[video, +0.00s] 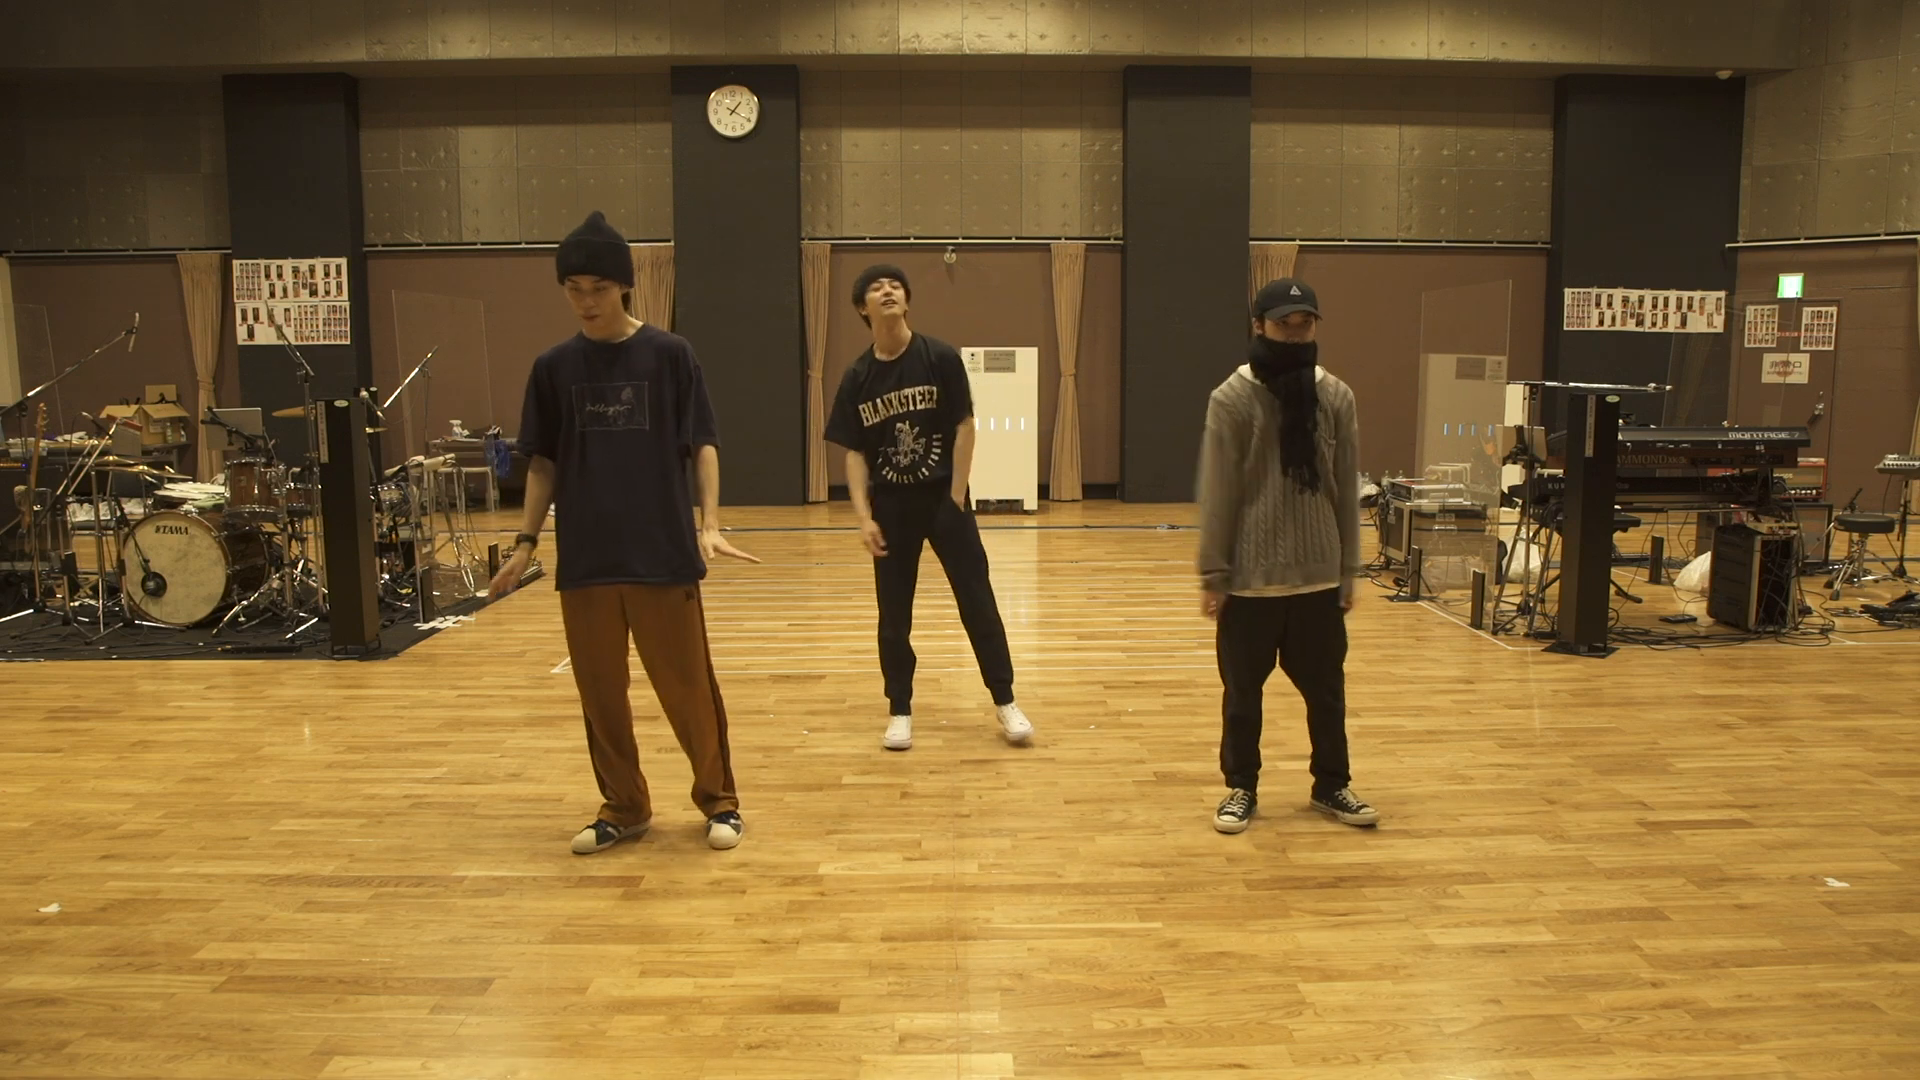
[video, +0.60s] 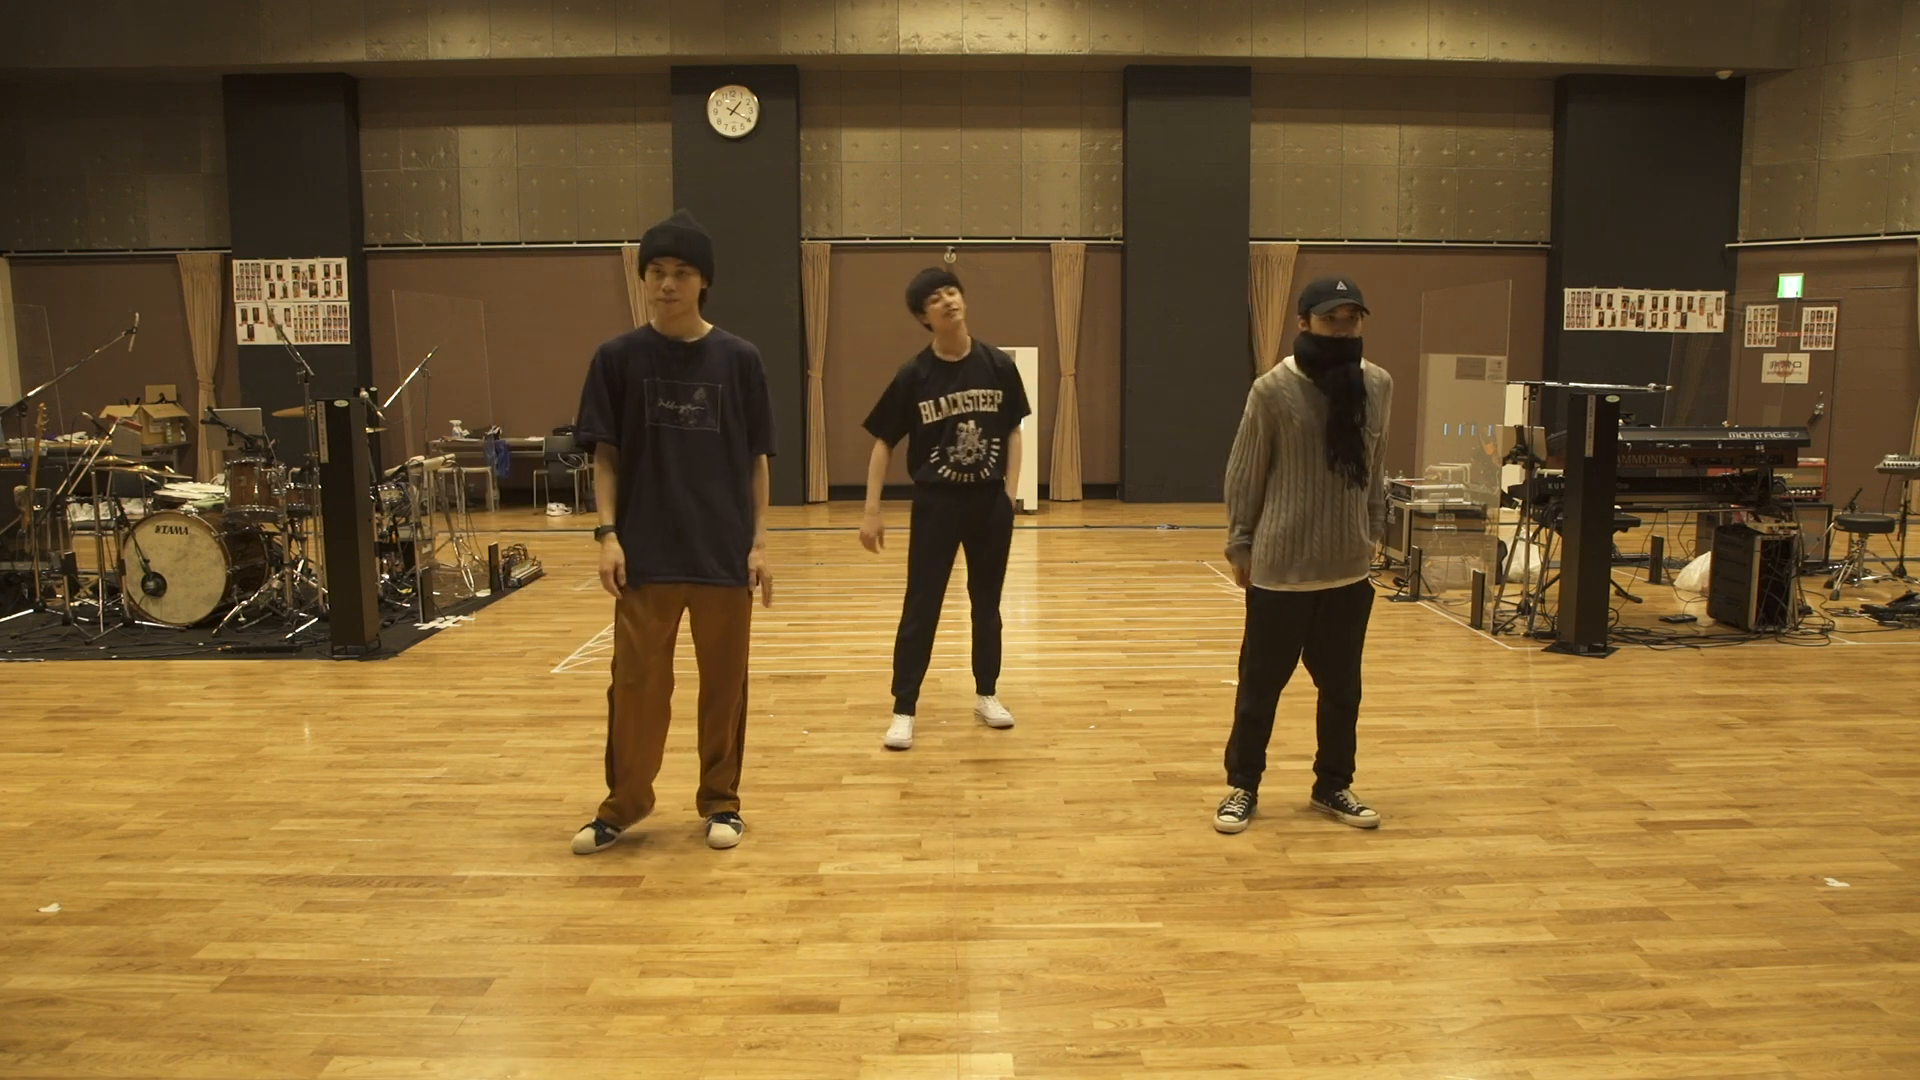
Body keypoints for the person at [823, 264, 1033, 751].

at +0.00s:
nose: (886, 291)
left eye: (894, 286)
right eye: (875, 288)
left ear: (908, 301)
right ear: (862, 309)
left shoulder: (941, 357)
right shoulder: (857, 377)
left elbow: (965, 427)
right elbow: (854, 452)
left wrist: (957, 495)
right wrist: (864, 517)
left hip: (945, 501)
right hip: (890, 508)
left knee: (979, 603)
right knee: (892, 616)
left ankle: (1005, 702)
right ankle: (899, 712)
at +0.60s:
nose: (948, 301)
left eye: (952, 293)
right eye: (936, 300)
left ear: (965, 301)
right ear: (923, 318)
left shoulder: (998, 364)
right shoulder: (914, 376)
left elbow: (1013, 432)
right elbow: (882, 442)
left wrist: (1010, 492)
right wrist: (871, 511)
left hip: (990, 502)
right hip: (935, 505)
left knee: (987, 603)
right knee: (921, 606)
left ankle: (987, 695)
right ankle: (903, 712)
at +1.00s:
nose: (999, 304)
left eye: (1002, 296)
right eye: (988, 298)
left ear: (1006, 305)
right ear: (964, 308)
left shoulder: (1008, 366)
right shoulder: (938, 364)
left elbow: (1014, 423)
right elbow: (886, 414)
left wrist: (1020, 464)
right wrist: (915, 471)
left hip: (998, 498)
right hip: (951, 499)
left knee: (994, 603)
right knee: (950, 602)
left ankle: (986, 696)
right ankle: (934, 696)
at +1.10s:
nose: (987, 304)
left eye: (992, 296)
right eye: (976, 298)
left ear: (1000, 304)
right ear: (956, 308)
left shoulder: (1005, 366)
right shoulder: (934, 366)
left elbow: (1011, 428)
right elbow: (887, 422)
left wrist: (1019, 470)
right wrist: (922, 478)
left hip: (997, 501)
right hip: (951, 502)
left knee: (996, 599)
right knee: (950, 600)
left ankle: (986, 695)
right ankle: (946, 699)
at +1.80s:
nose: (918, 331)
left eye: (927, 321)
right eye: (911, 322)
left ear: (948, 314)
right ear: (903, 320)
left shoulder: (972, 345)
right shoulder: (904, 365)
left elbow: (995, 414)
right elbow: (914, 429)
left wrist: (977, 481)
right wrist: (920, 484)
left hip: (985, 480)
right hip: (938, 484)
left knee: (984, 582)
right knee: (941, 590)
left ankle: (991, 693)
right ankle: (960, 696)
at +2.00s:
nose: (933, 327)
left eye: (941, 317)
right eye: (924, 319)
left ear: (958, 314)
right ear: (913, 320)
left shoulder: (991, 354)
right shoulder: (902, 376)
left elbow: (1021, 411)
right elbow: (909, 440)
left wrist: (1007, 457)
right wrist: (929, 492)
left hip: (996, 472)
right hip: (947, 490)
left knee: (1032, 536)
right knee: (968, 600)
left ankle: (1010, 584)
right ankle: (1011, 696)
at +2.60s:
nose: (958, 343)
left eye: (966, 334)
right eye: (949, 334)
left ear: (977, 340)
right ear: (933, 339)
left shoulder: (998, 386)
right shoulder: (914, 402)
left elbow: (1011, 449)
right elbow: (905, 471)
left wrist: (1021, 507)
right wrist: (931, 526)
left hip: (1007, 522)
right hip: (954, 532)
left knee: (1060, 601)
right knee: (929, 624)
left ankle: (1027, 672)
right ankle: (885, 701)